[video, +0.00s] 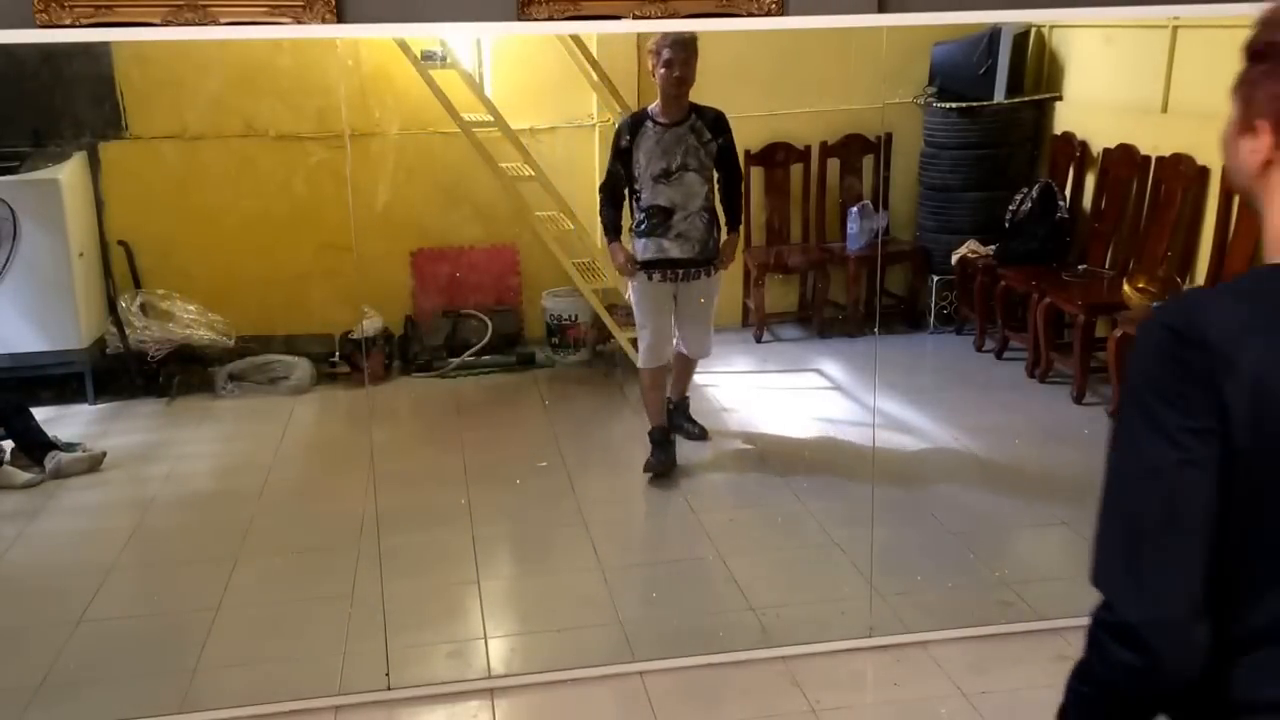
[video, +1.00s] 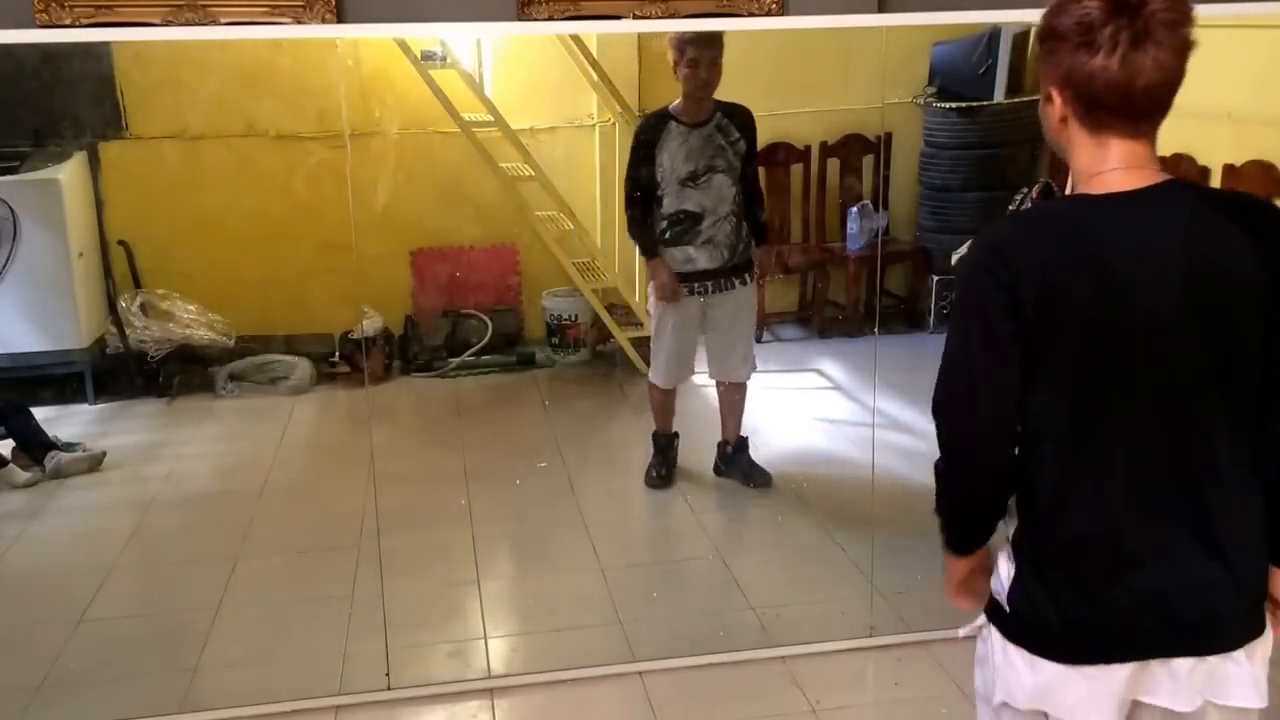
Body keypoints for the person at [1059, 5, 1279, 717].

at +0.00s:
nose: (1226, 145)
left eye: (1231, 124)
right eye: (1231, 123)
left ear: (1260, 141)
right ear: (1264, 142)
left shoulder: (1204, 336)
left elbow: (1149, 628)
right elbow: (1147, 624)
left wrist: (1088, 706)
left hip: (1239, 697)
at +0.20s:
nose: (1117, 117)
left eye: (1122, 96)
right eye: (1124, 94)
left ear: (1141, 120)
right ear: (1268, 120)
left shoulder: (1094, 304)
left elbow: (1071, 543)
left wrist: (1027, 675)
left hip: (1151, 686)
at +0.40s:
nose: (1037, 111)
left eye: (1039, 94)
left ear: (1053, 111)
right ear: (1178, 100)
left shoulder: (1012, 278)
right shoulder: (1262, 243)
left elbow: (989, 491)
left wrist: (998, 651)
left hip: (1085, 683)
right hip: (1253, 667)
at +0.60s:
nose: (1000, 113)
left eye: (999, 96)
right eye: (1000, 93)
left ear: (1015, 110)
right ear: (1132, 94)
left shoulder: (980, 272)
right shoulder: (1237, 239)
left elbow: (980, 492)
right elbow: (1279, 441)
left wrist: (993, 659)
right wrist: (1272, 621)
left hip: (1066, 666)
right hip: (1228, 650)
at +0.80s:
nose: (1000, 111)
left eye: (1001, 95)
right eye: (1002, 92)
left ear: (1017, 108)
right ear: (1129, 93)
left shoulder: (989, 263)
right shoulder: (1228, 238)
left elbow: (979, 477)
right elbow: (1268, 433)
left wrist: (951, 632)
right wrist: (1274, 589)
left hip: (1057, 654)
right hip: (1215, 641)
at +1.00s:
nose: (1040, 103)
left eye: (1041, 87)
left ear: (1054, 102)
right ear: (1167, 90)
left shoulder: (1010, 257)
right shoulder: (1255, 236)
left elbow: (973, 443)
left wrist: (966, 565)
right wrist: (1273, 564)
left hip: (1061, 631)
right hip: (1221, 627)